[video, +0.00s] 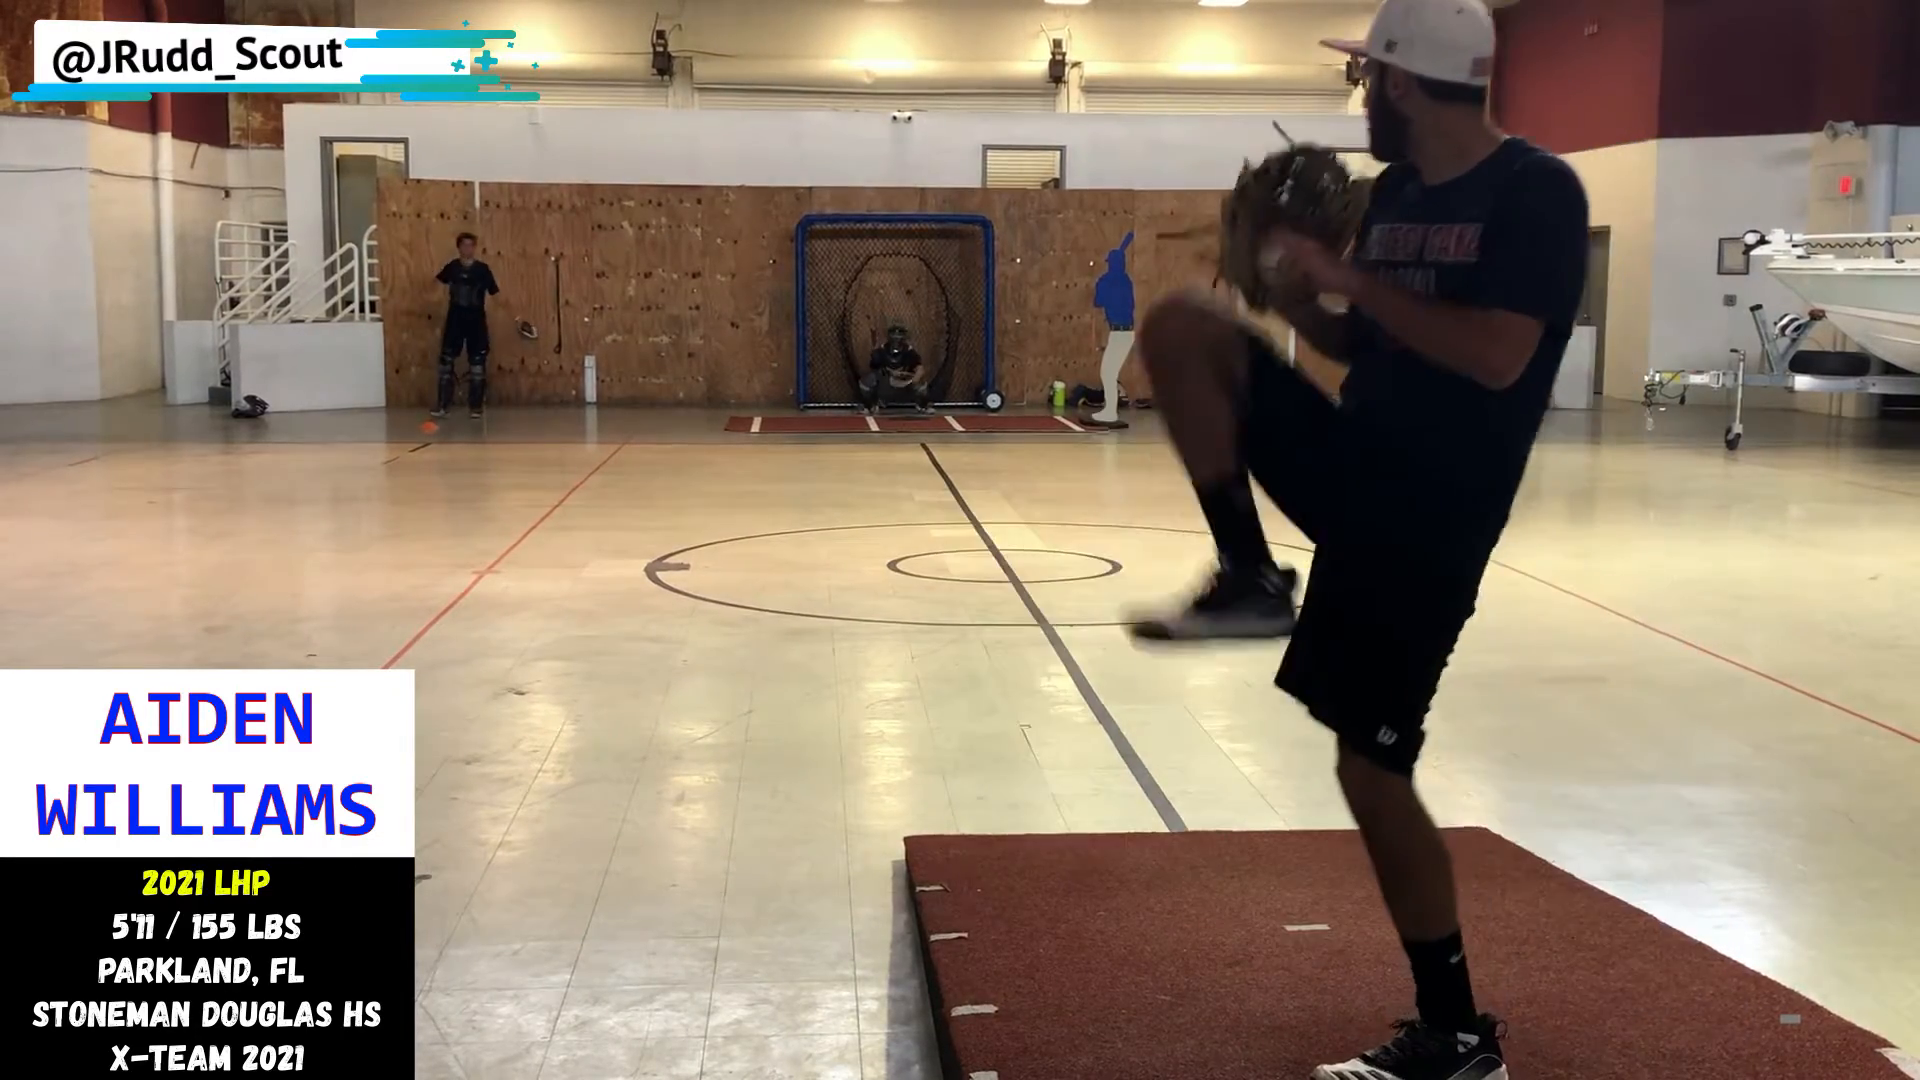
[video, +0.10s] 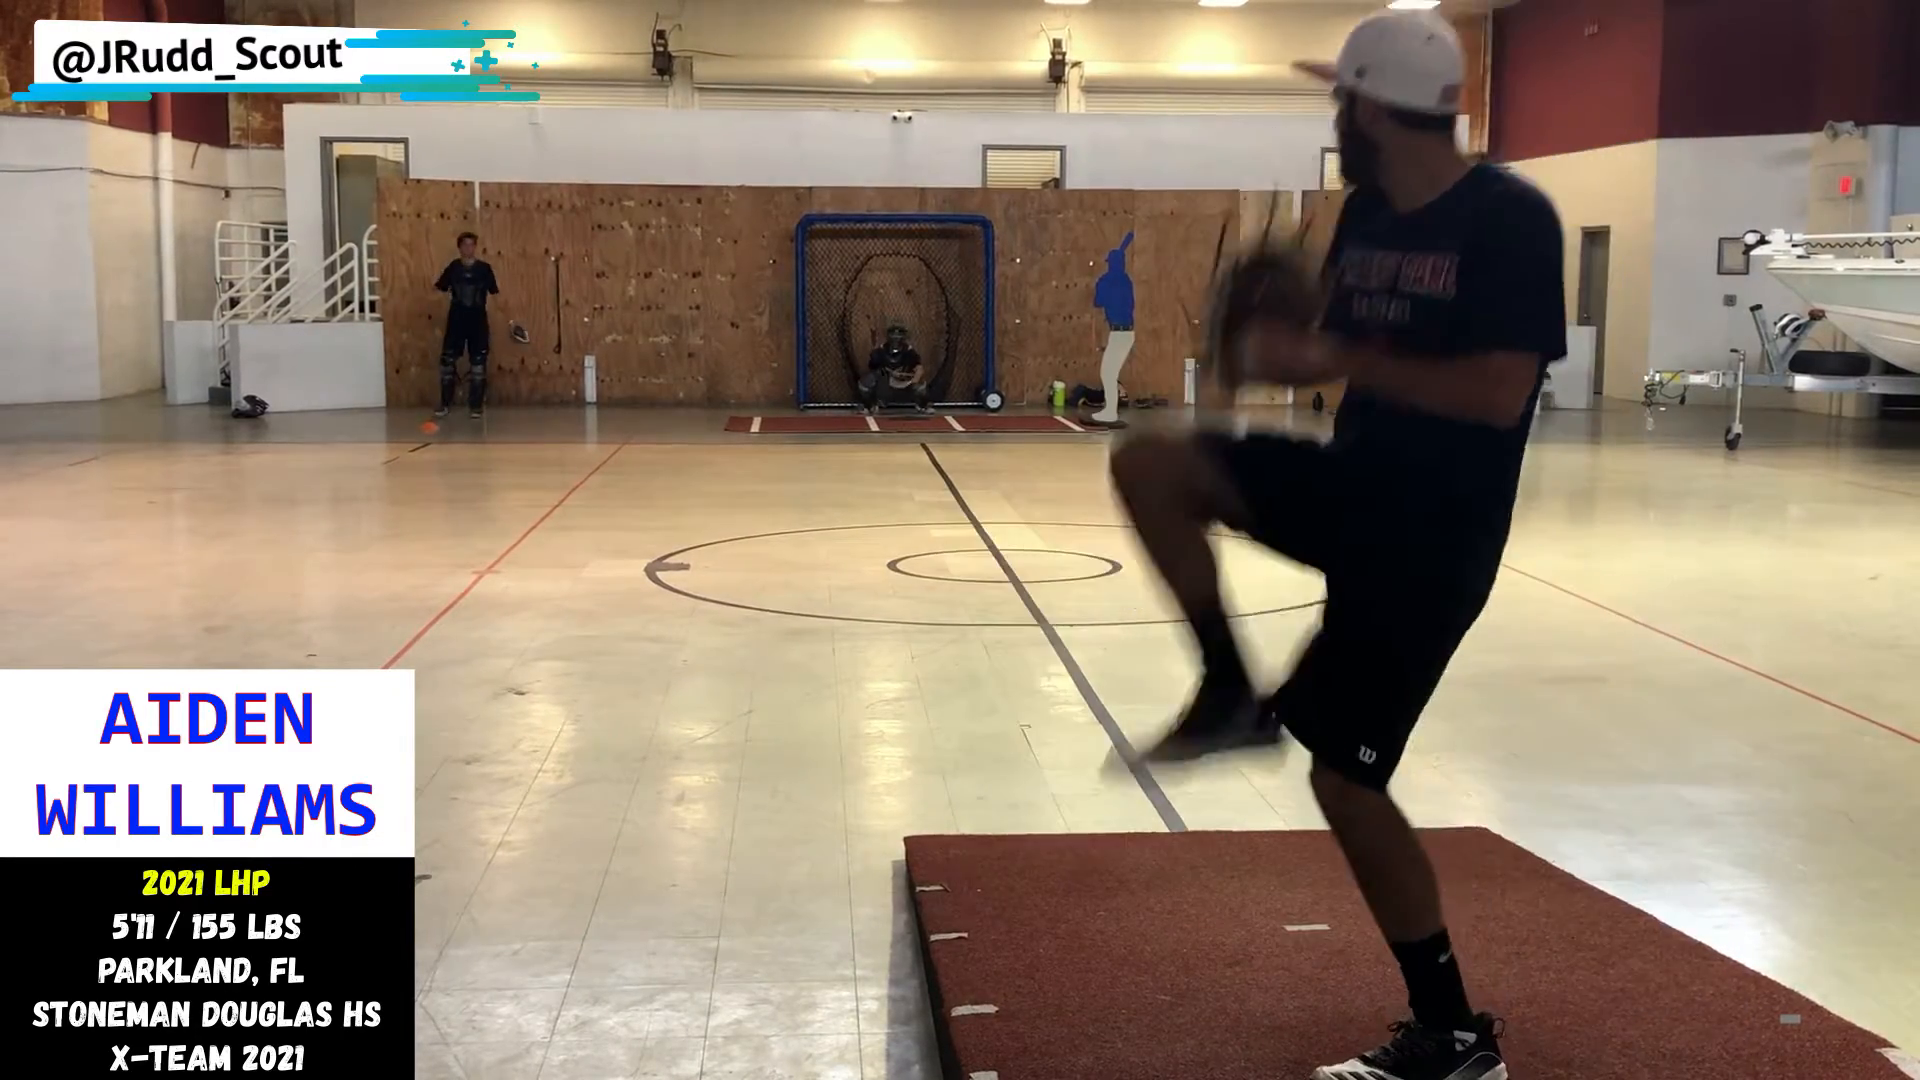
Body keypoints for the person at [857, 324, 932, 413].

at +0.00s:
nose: (897, 340)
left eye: (900, 337)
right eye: (894, 337)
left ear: (904, 338)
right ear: (889, 337)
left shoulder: (910, 352)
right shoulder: (880, 352)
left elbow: (920, 369)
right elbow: (876, 370)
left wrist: (913, 380)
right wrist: (892, 373)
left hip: (906, 382)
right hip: (886, 383)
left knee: (921, 386)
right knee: (866, 382)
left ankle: (922, 406)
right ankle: (871, 406)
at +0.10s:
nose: (896, 341)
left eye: (900, 338)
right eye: (894, 337)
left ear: (904, 338)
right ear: (888, 337)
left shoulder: (910, 352)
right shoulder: (879, 352)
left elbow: (919, 368)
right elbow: (873, 370)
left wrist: (914, 380)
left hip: (906, 383)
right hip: (886, 383)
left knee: (920, 386)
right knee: (866, 382)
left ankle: (922, 406)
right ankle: (870, 406)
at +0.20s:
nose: (896, 340)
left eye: (899, 337)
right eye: (893, 337)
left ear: (904, 338)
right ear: (888, 337)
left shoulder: (910, 353)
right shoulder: (878, 352)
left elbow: (919, 368)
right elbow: (873, 370)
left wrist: (915, 380)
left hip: (906, 386)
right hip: (885, 387)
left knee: (920, 386)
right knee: (866, 382)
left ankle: (922, 406)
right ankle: (870, 406)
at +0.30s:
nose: (895, 341)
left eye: (898, 338)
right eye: (892, 337)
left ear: (903, 339)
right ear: (887, 338)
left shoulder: (909, 352)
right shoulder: (877, 353)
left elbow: (919, 370)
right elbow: (871, 371)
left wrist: (914, 382)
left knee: (919, 384)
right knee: (866, 380)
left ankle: (922, 405)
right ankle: (869, 406)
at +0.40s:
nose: (894, 337)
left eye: (898, 334)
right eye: (891, 334)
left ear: (902, 337)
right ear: (887, 337)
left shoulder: (908, 352)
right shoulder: (878, 352)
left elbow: (919, 370)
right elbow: (871, 370)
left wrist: (914, 383)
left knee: (919, 385)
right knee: (866, 380)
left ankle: (921, 406)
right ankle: (869, 406)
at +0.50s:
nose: (895, 337)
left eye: (898, 335)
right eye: (892, 334)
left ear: (903, 337)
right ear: (888, 336)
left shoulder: (908, 352)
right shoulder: (879, 352)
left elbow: (920, 371)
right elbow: (872, 370)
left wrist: (915, 386)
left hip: (905, 379)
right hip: (885, 380)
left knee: (919, 387)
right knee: (866, 381)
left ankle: (921, 406)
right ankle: (870, 406)